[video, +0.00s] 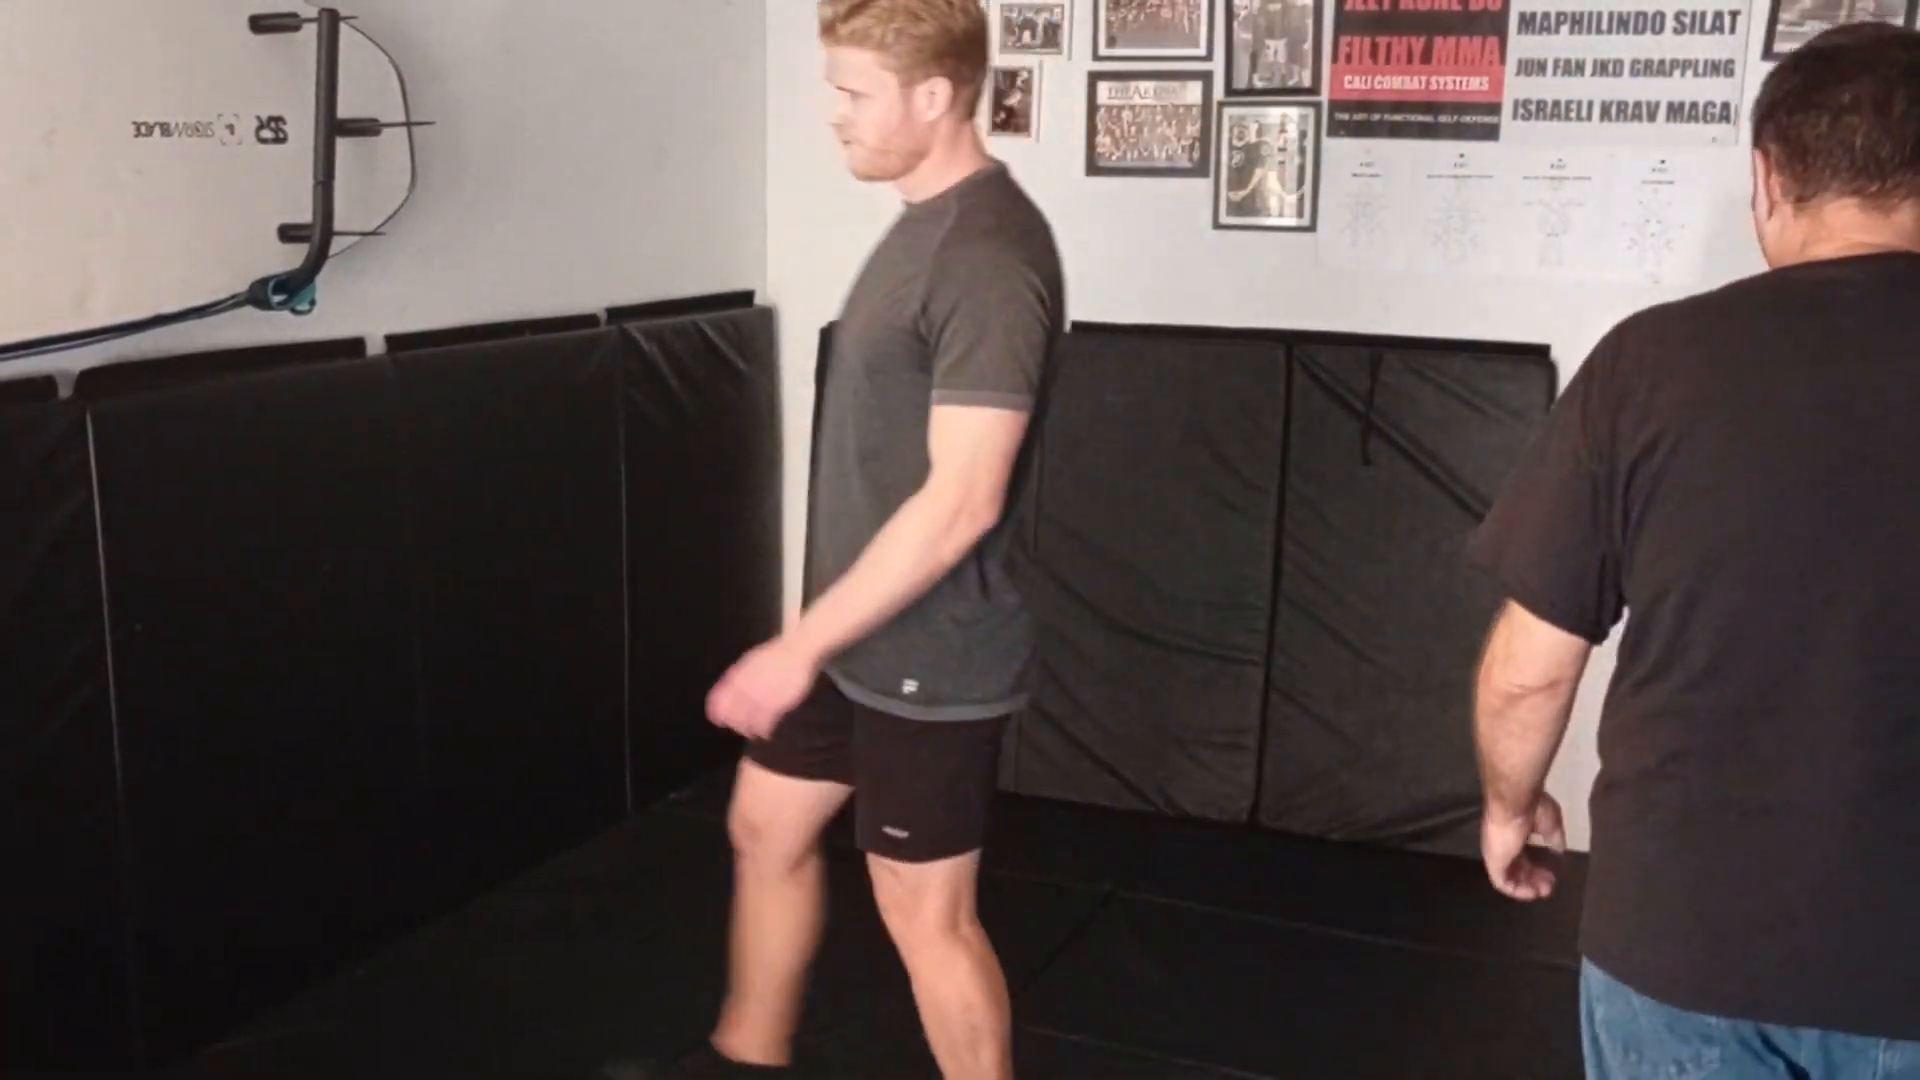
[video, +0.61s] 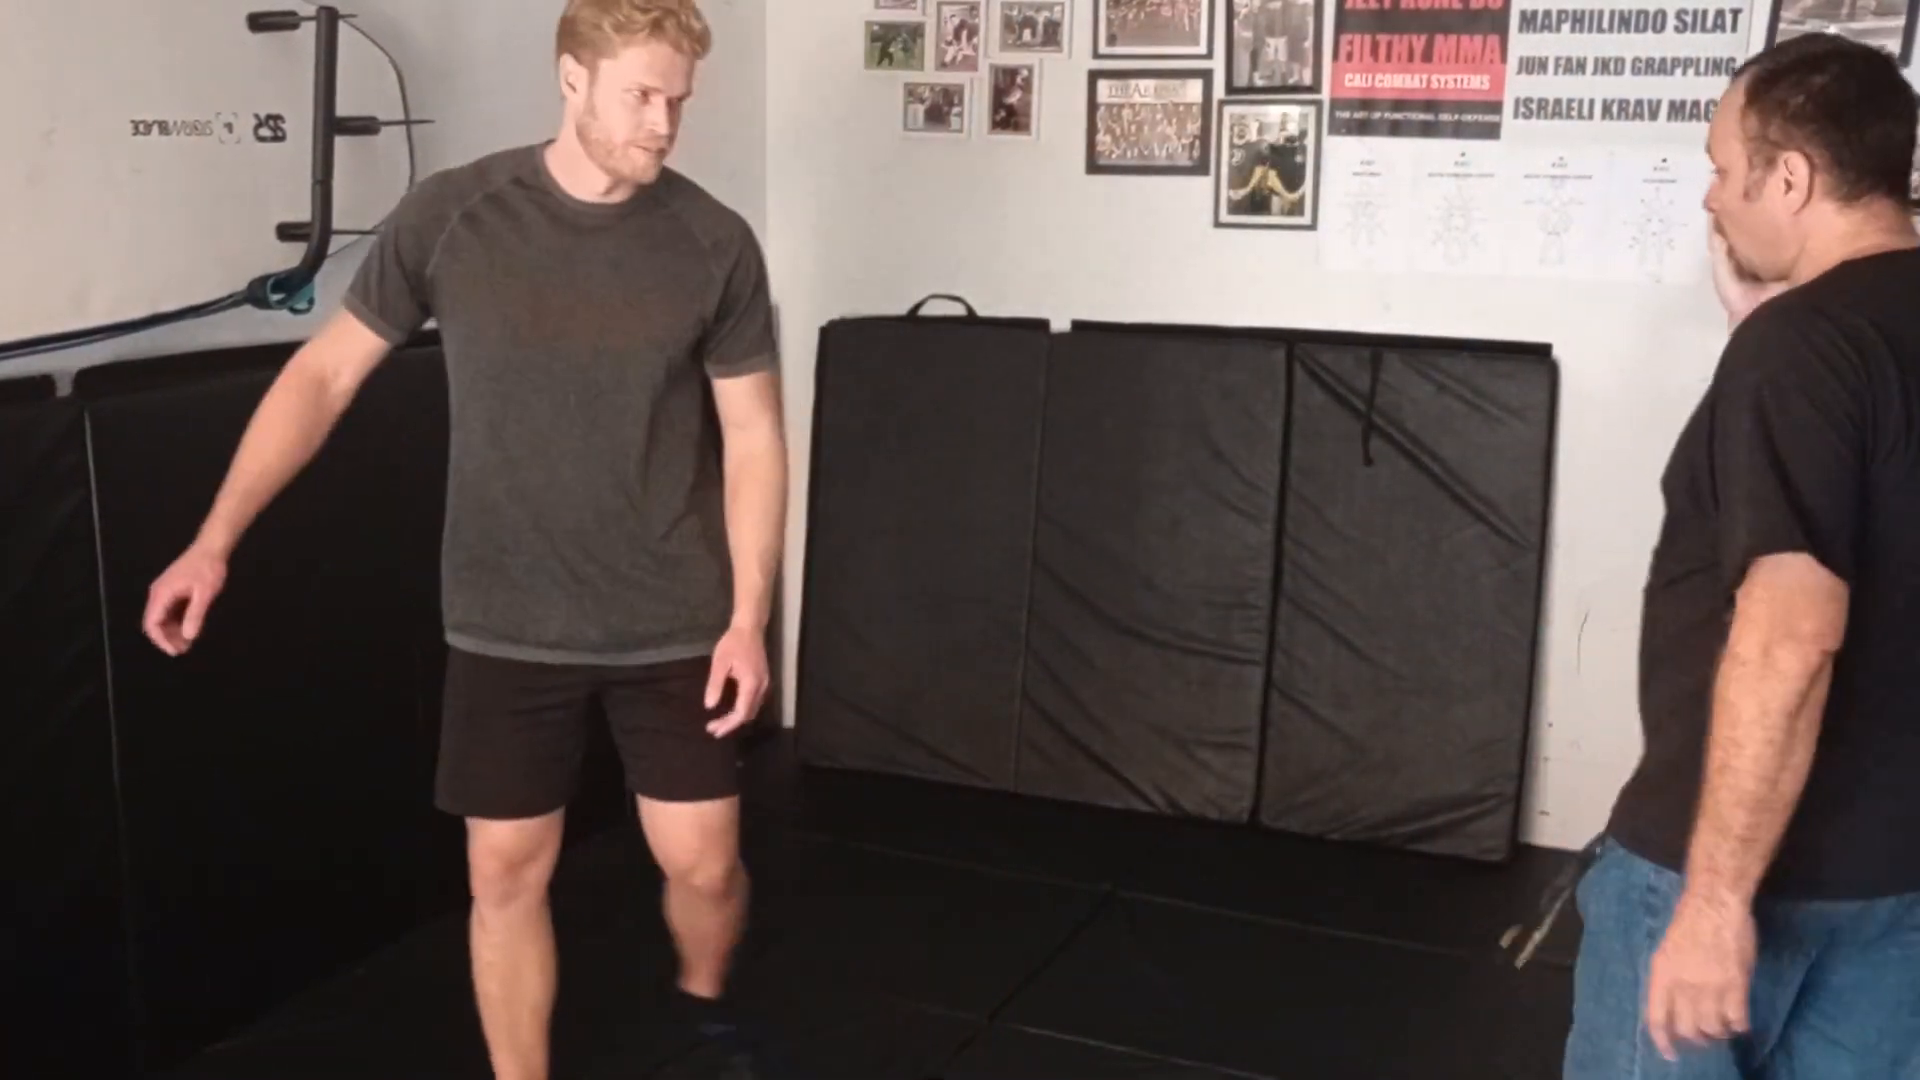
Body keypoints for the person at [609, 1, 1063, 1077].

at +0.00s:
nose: (835, 117)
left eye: (854, 95)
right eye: (834, 92)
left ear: (935, 100)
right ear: (928, 101)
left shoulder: (992, 256)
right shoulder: (926, 227)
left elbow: (966, 503)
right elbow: (902, 464)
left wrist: (799, 648)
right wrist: (830, 631)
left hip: (935, 668)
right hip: (852, 640)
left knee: (931, 918)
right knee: (766, 830)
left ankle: (983, 1074)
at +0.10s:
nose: (785, 124)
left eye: (808, 104)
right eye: (780, 97)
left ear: (889, 108)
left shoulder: (953, 264)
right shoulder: (840, 216)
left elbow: (927, 505)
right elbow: (823, 438)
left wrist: (737, 619)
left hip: (890, 663)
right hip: (780, 636)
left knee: (912, 921)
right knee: (690, 839)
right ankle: (580, 1052)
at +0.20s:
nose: (743, 136)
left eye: (772, 117)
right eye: (734, 109)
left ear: (841, 120)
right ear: (723, 100)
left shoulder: (899, 275)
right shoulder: (737, 232)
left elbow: (891, 510)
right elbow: (704, 429)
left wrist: (704, 629)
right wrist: (677, 584)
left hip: (835, 672)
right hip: (698, 641)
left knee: (880, 926)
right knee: (610, 870)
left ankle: (978, 1076)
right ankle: (550, 1071)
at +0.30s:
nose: (722, 160)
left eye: (750, 139)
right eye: (706, 130)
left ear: (791, 138)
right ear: (679, 119)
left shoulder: (834, 295)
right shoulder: (637, 239)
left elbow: (848, 521)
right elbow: (588, 410)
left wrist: (694, 678)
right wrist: (534, 593)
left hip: (775, 672)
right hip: (618, 655)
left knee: (842, 926)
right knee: (547, 892)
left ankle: (970, 1076)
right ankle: (529, 1075)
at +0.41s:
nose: (702, 157)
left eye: (726, 133)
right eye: (681, 126)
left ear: (748, 125)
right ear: (632, 106)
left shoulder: (787, 281)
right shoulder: (549, 233)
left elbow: (799, 496)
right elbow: (466, 403)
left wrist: (723, 663)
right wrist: (391, 577)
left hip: (728, 660)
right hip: (559, 646)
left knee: (790, 898)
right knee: (508, 881)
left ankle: (930, 1069)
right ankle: (519, 1076)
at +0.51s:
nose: (681, 139)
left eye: (699, 114)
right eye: (659, 110)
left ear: (716, 111)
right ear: (599, 93)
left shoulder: (748, 261)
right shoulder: (488, 222)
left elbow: (769, 455)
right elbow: (375, 381)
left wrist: (743, 625)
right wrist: (278, 549)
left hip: (688, 636)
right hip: (525, 631)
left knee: (739, 872)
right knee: (504, 872)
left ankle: (839, 1046)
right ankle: (520, 1076)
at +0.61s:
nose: (664, 123)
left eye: (679, 100)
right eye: (644, 97)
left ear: (690, 95)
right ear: (573, 81)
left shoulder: (715, 245)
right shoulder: (450, 217)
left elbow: (755, 439)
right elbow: (322, 377)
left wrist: (751, 617)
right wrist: (214, 540)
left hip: (672, 626)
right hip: (506, 628)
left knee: (706, 867)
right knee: (504, 872)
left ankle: (704, 1015)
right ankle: (521, 1075)